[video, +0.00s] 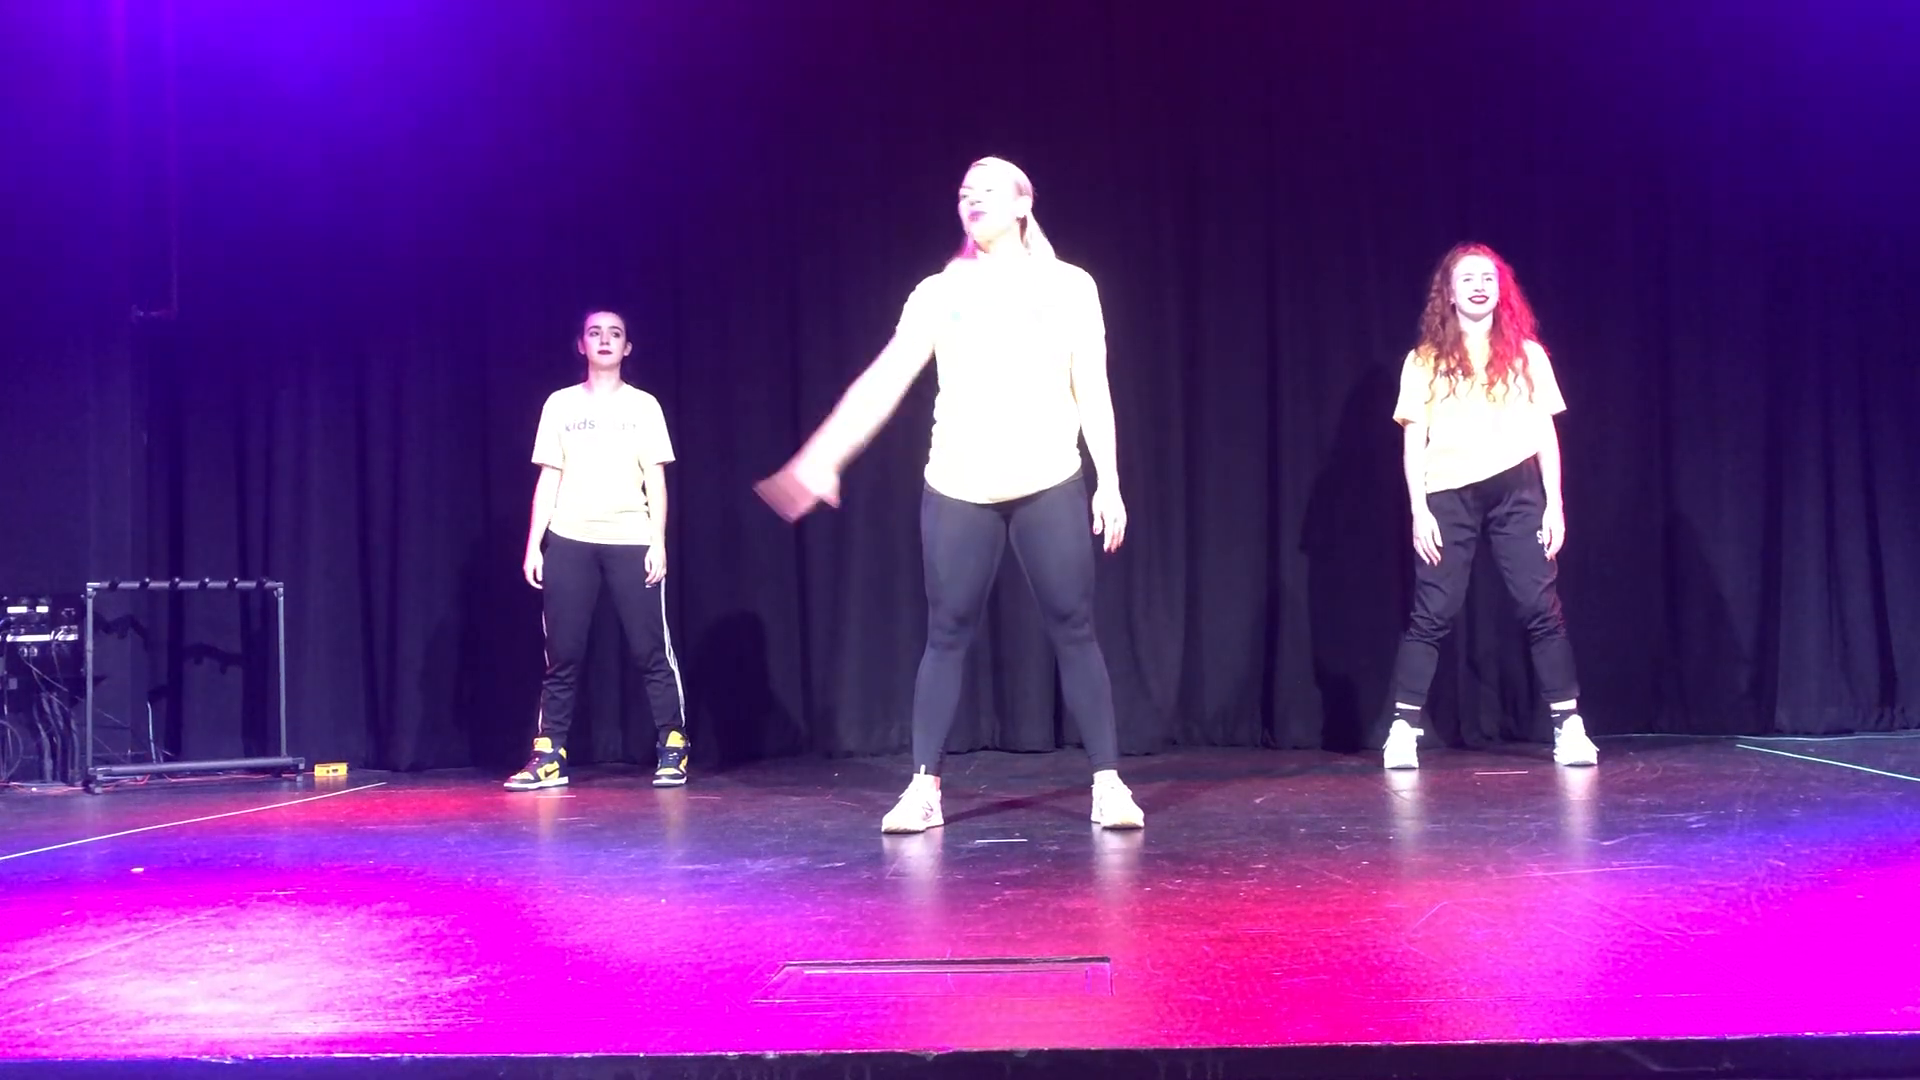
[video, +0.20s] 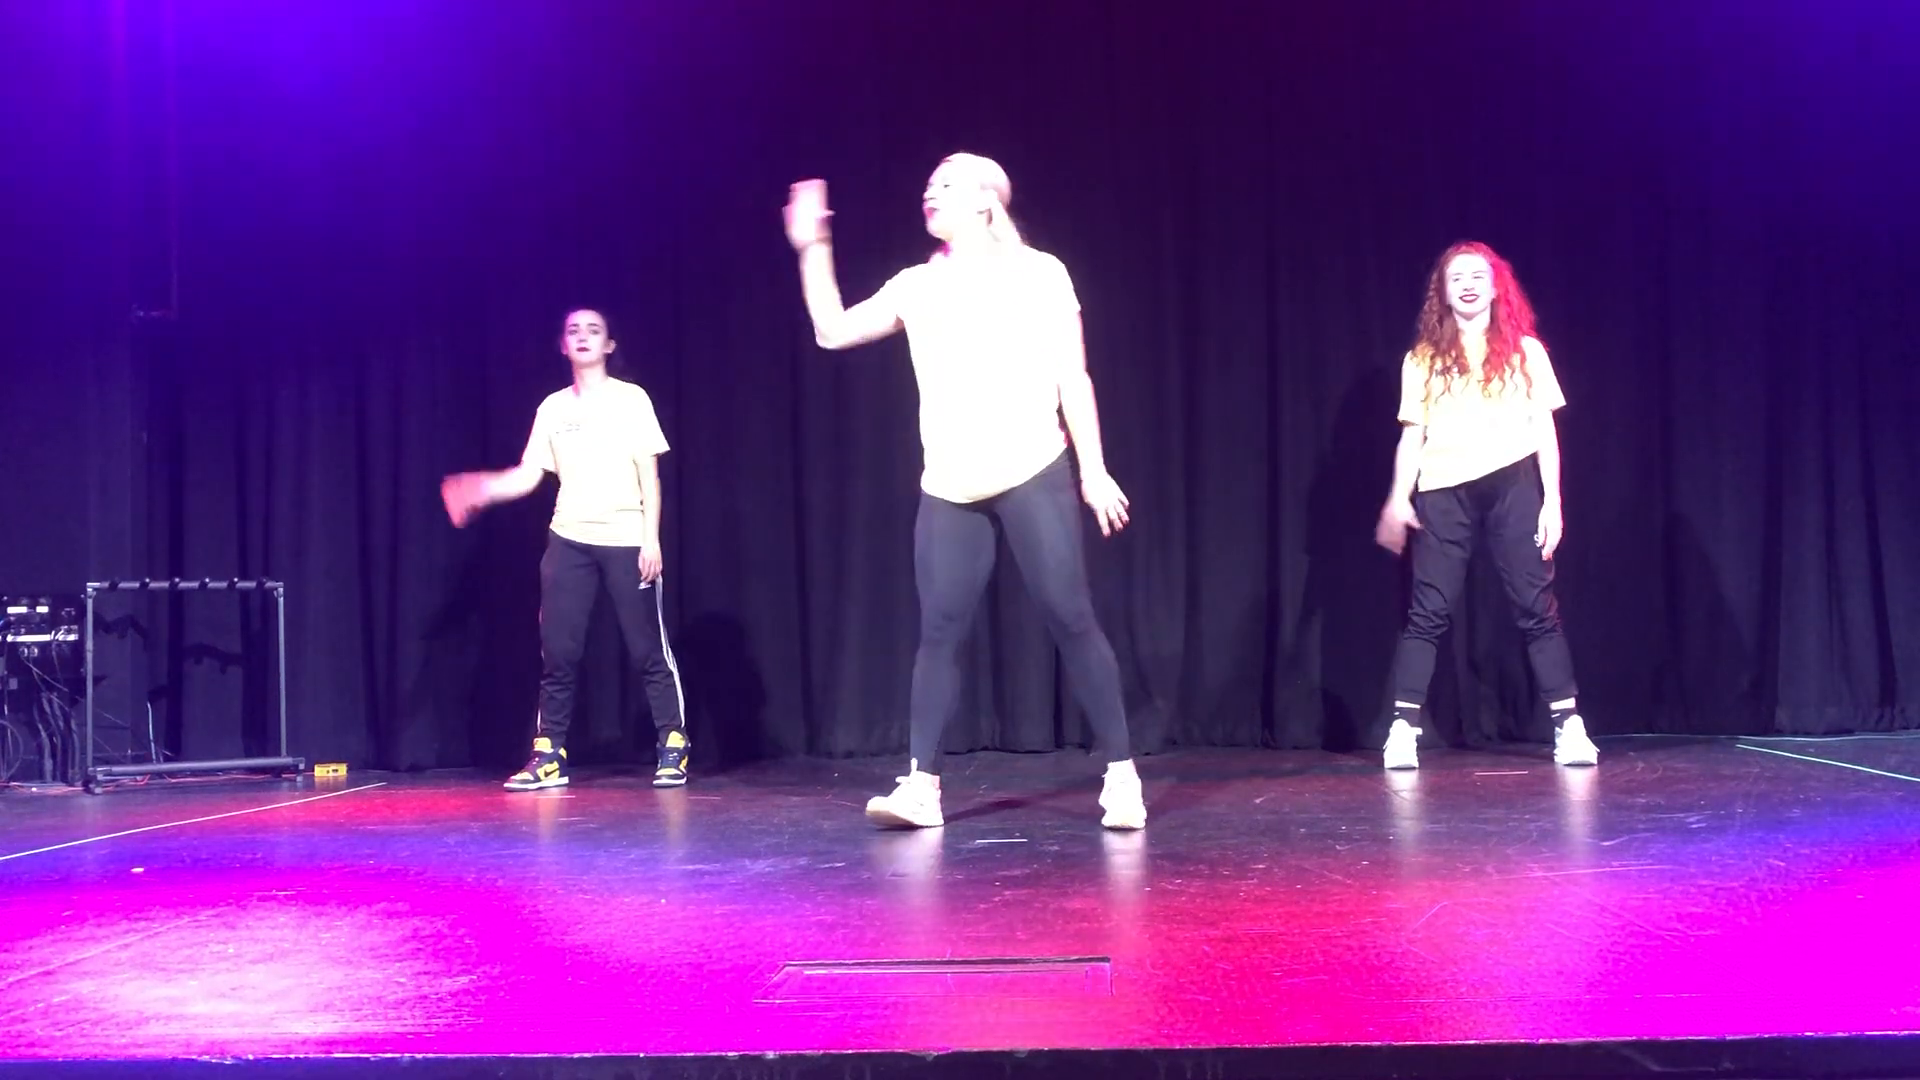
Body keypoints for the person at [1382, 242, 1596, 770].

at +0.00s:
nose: (1478, 287)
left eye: (1487, 279)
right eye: (1468, 279)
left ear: (1501, 289)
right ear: (1448, 289)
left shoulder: (1527, 353)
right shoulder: (1425, 359)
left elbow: (1546, 434)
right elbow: (1414, 442)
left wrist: (1554, 505)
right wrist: (1419, 510)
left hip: (1518, 493)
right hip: (1448, 498)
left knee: (1541, 608)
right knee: (1433, 611)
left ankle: (1568, 726)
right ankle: (1404, 728)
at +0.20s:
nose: (1468, 285)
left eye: (1478, 276)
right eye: (1458, 277)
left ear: (1497, 286)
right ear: (1442, 289)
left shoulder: (1526, 350)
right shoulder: (1423, 357)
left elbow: (1545, 430)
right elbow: (1412, 435)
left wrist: (1552, 500)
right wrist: (1399, 498)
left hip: (1514, 488)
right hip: (1442, 492)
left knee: (1535, 606)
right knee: (1429, 609)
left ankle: (1567, 724)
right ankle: (1405, 728)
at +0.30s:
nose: (1439, 290)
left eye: (1450, 279)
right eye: (1431, 284)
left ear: (1480, 285)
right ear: (1426, 297)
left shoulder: (1519, 347)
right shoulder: (1419, 359)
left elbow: (1542, 433)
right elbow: (1395, 432)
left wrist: (1545, 505)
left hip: (1508, 487)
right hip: (1439, 493)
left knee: (1537, 607)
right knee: (1426, 611)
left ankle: (1570, 724)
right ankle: (1403, 729)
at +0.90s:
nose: (1408, 335)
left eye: (1419, 324)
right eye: (1402, 326)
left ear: (1449, 331)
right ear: (1396, 335)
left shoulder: (1484, 381)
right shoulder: (1401, 394)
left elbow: (1523, 460)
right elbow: (1343, 436)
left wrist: (1544, 539)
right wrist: (1381, 376)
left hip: (1494, 527)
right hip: (1432, 533)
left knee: (1519, 635)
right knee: (1408, 623)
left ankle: (1610, 719)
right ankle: (1402, 732)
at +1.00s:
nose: (1446, 319)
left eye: (1456, 311)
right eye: (1437, 310)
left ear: (1477, 320)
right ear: (1419, 318)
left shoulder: (1505, 370)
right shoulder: (1411, 378)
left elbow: (1550, 426)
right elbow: (1367, 415)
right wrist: (1413, 356)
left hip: (1500, 517)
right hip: (1430, 523)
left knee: (1538, 621)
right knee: (1416, 622)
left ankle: (1592, 721)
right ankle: (1403, 731)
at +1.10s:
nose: (1499, 305)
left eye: (1505, 296)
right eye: (1487, 296)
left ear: (1514, 303)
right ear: (1457, 302)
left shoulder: (1525, 360)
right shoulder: (1429, 353)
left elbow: (1578, 412)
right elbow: (1417, 394)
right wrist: (1464, 340)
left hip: (1505, 505)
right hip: (1434, 509)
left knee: (1546, 609)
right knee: (1424, 616)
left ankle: (1574, 726)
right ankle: (1392, 728)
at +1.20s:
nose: (1533, 302)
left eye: (1536, 293)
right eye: (1519, 293)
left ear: (1539, 304)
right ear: (1486, 301)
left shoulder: (1540, 365)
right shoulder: (1455, 352)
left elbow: (1596, 405)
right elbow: (1475, 394)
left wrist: (1577, 345)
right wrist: (1512, 333)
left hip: (1511, 506)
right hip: (1446, 508)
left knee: (1549, 609)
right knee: (1434, 617)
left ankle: (1573, 729)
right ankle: (1369, 725)